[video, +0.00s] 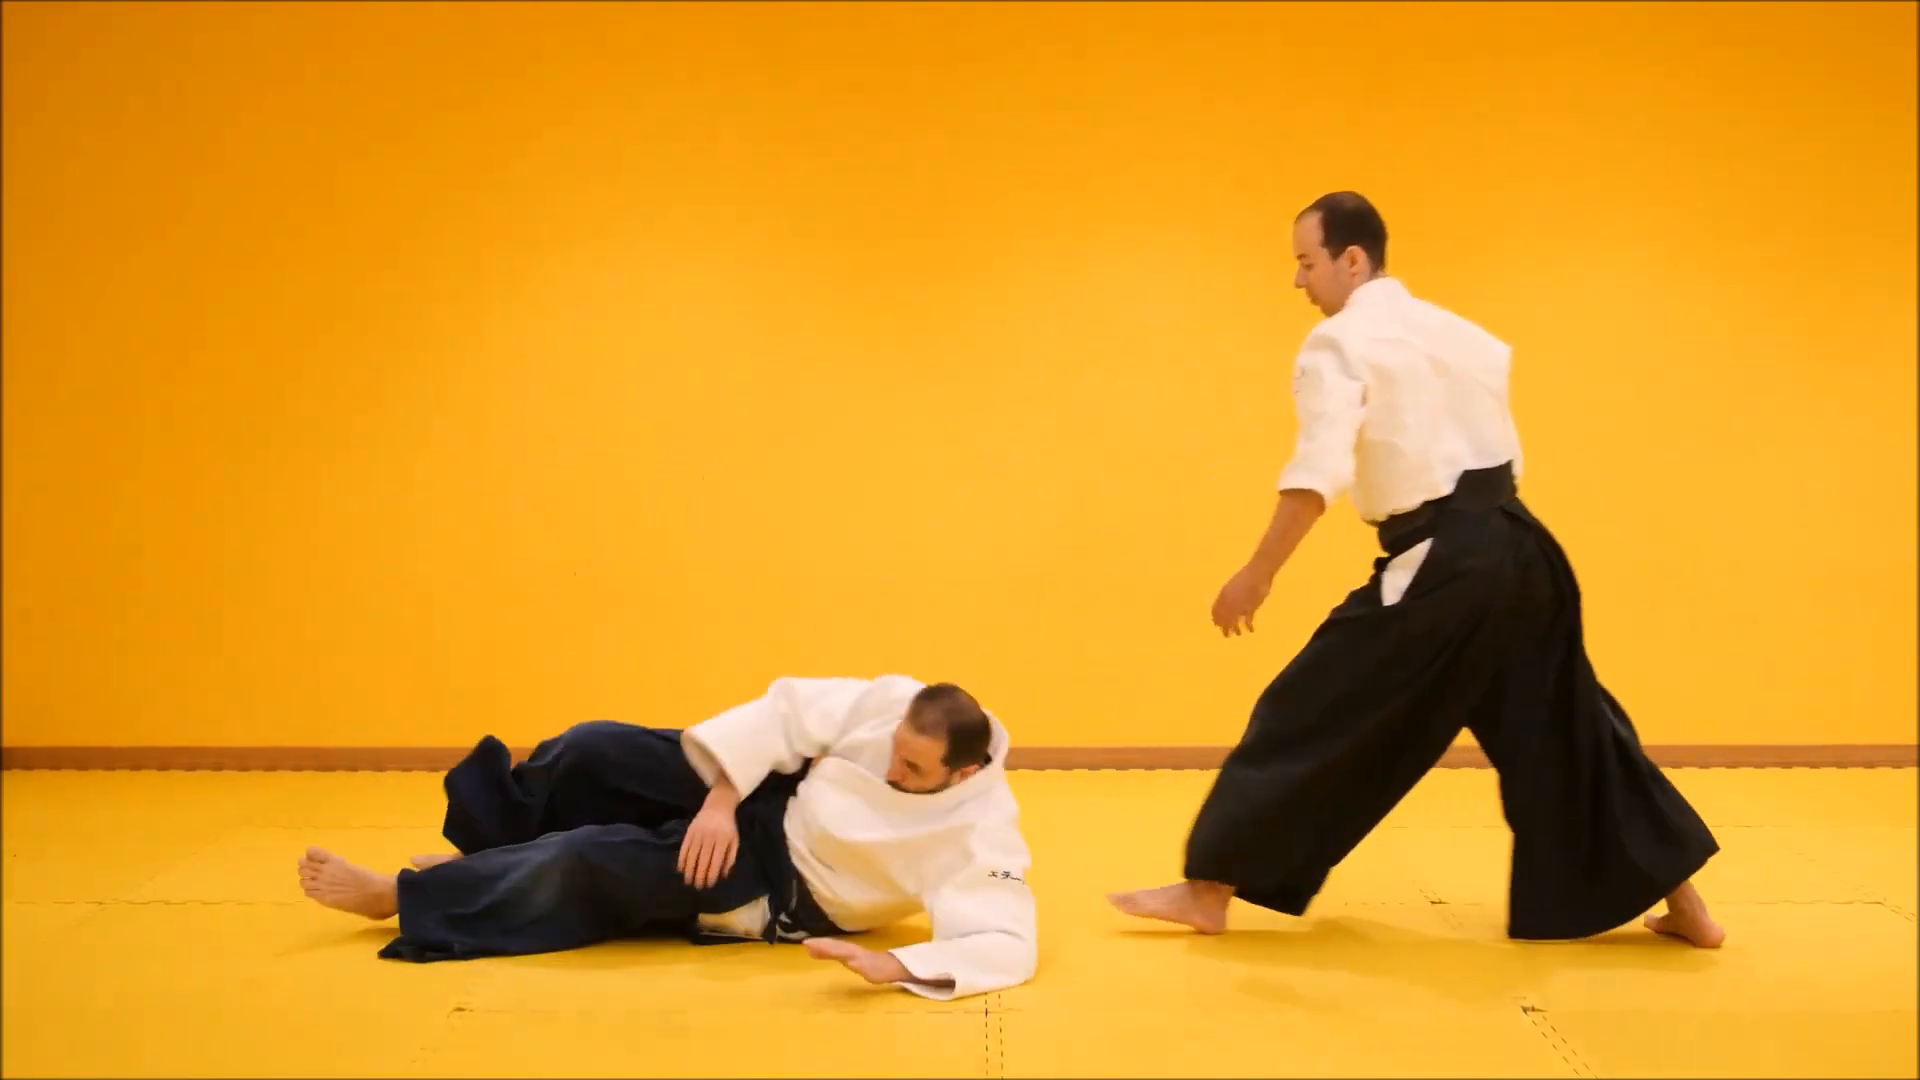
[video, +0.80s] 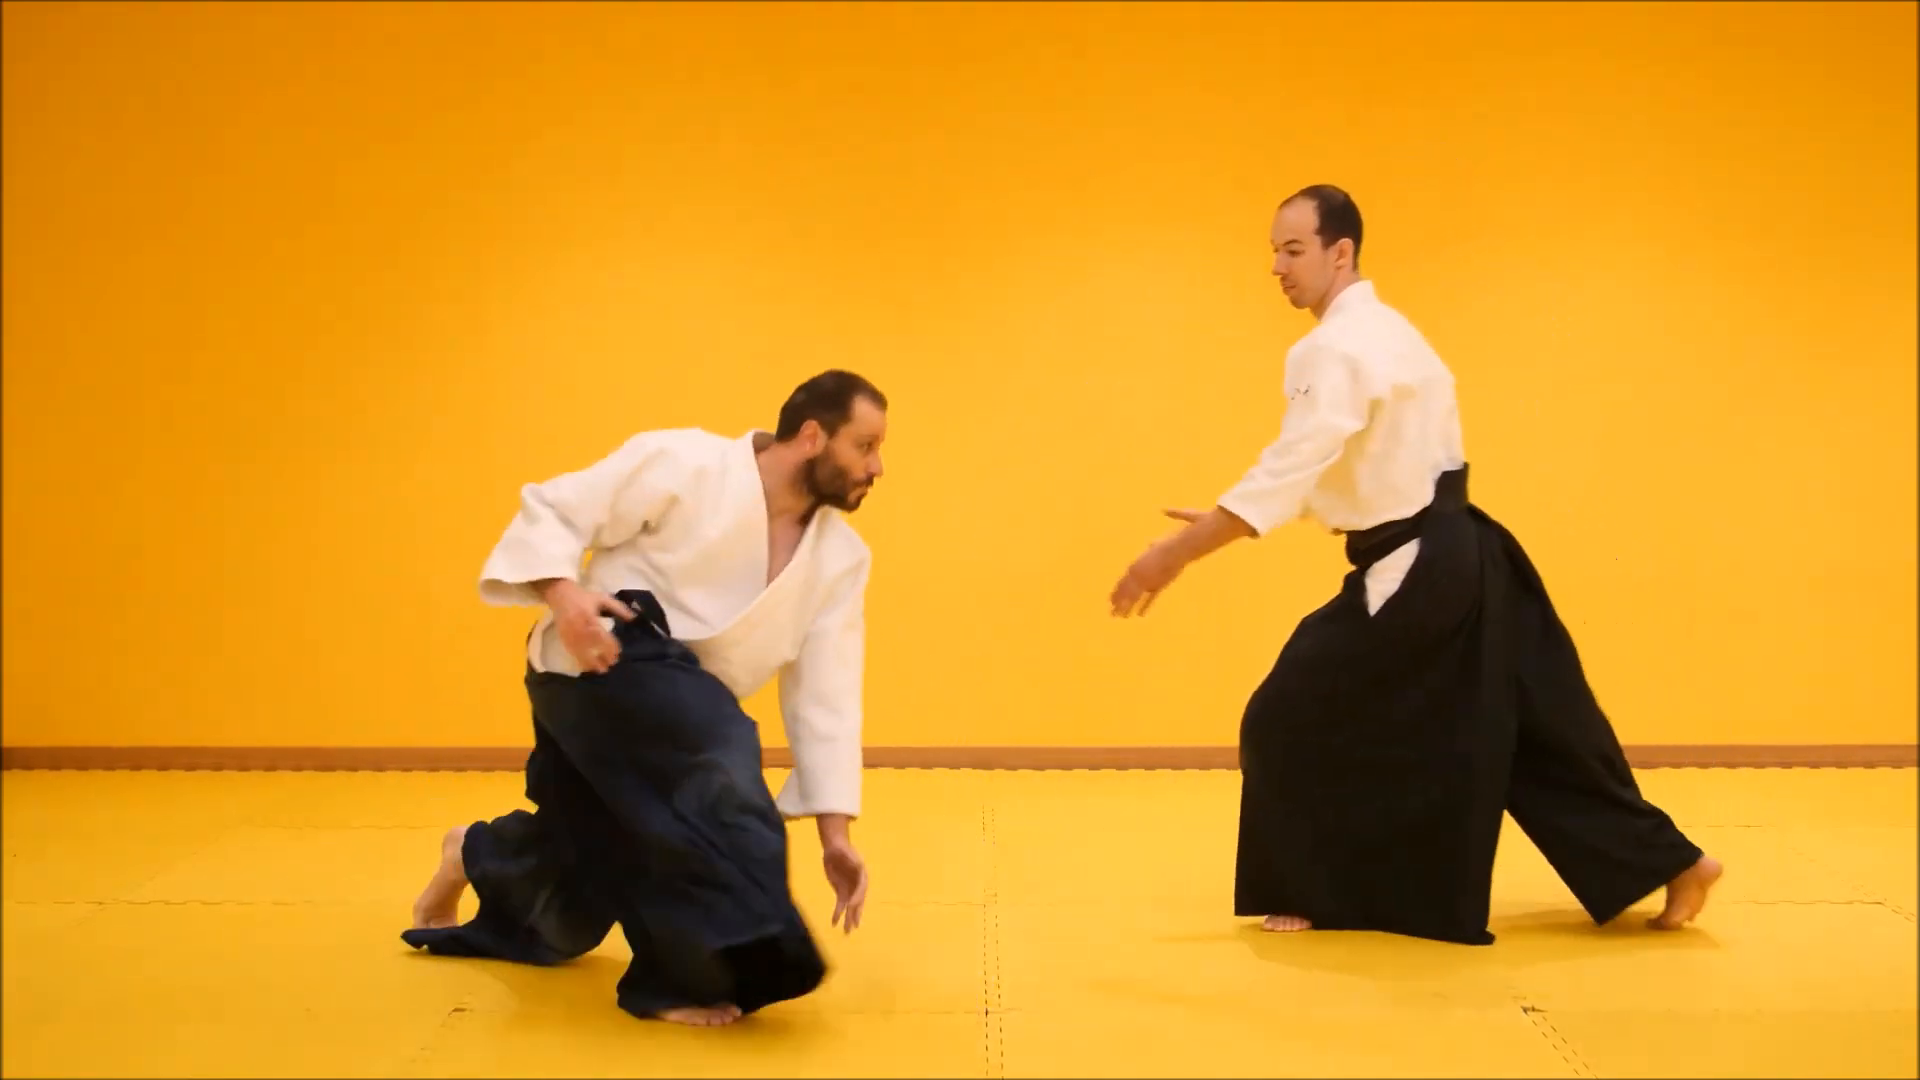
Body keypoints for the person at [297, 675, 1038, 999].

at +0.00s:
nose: (891, 767)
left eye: (912, 769)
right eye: (894, 749)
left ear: (960, 770)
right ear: (902, 722)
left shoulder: (981, 836)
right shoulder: (895, 707)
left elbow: (1008, 948)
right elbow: (790, 709)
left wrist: (903, 964)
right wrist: (723, 799)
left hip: (777, 881)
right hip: (765, 788)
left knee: (581, 862)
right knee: (594, 752)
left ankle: (406, 896)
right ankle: (491, 830)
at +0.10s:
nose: (844, 766)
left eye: (866, 760)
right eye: (840, 744)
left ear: (909, 751)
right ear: (836, 707)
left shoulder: (939, 818)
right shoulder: (805, 696)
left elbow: (992, 938)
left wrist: (927, 974)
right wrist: (675, 880)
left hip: (758, 876)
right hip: (722, 780)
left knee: (590, 872)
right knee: (577, 724)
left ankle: (437, 886)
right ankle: (495, 859)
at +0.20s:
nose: (826, 771)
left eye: (846, 761)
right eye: (815, 750)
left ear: (876, 747)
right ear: (794, 713)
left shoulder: (882, 785)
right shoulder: (732, 706)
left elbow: (915, 883)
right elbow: (635, 792)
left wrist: (932, 970)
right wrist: (654, 931)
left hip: (729, 881)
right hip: (678, 789)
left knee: (582, 938)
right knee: (530, 738)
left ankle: (465, 916)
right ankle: (526, 877)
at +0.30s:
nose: (843, 778)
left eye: (858, 764)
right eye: (831, 757)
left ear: (877, 750)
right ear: (787, 725)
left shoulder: (862, 786)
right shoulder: (710, 709)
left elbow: (883, 878)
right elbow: (618, 803)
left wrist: (911, 973)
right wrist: (657, 933)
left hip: (701, 860)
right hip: (634, 765)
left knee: (583, 949)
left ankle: (522, 905)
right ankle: (512, 889)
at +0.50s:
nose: (849, 667)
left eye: (861, 652)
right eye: (839, 648)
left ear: (863, 646)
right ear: (784, 624)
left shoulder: (836, 705)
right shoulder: (689, 618)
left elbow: (861, 823)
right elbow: (572, 718)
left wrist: (891, 972)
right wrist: (581, 847)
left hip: (652, 795)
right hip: (556, 731)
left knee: (562, 951)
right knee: (447, 894)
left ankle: (423, 912)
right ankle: (346, 907)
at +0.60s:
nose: (846, 590)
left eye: (853, 575)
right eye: (837, 571)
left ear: (828, 566)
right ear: (779, 552)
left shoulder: (821, 645)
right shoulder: (675, 562)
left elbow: (828, 780)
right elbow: (530, 626)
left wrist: (825, 939)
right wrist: (527, 739)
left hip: (641, 772)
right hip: (574, 710)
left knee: (565, 948)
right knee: (543, 832)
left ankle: (416, 913)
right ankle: (372, 945)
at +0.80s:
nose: (877, 468)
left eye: (880, 450)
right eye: (867, 447)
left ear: (824, 442)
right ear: (811, 435)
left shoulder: (838, 560)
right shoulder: (688, 466)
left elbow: (827, 700)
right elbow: (549, 511)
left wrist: (835, 833)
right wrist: (564, 597)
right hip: (599, 649)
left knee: (578, 896)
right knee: (719, 744)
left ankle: (473, 852)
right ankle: (678, 975)